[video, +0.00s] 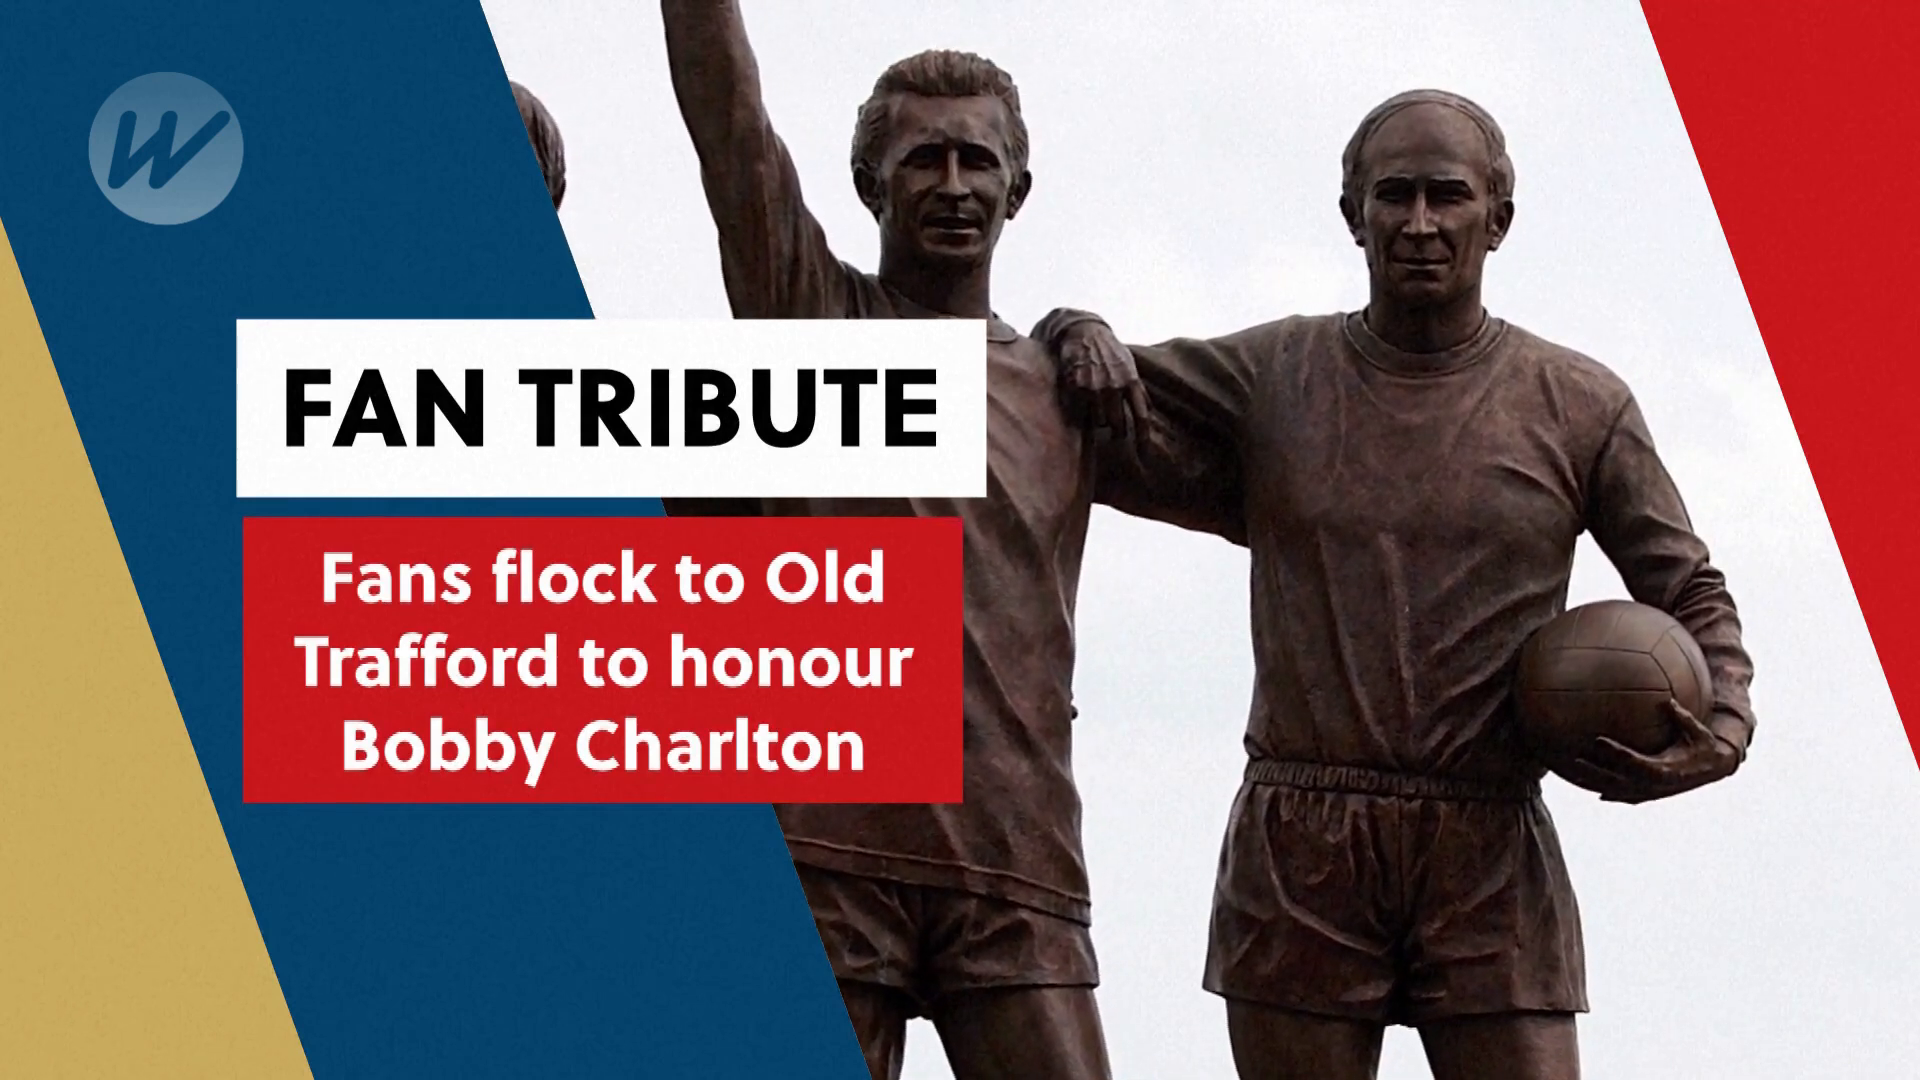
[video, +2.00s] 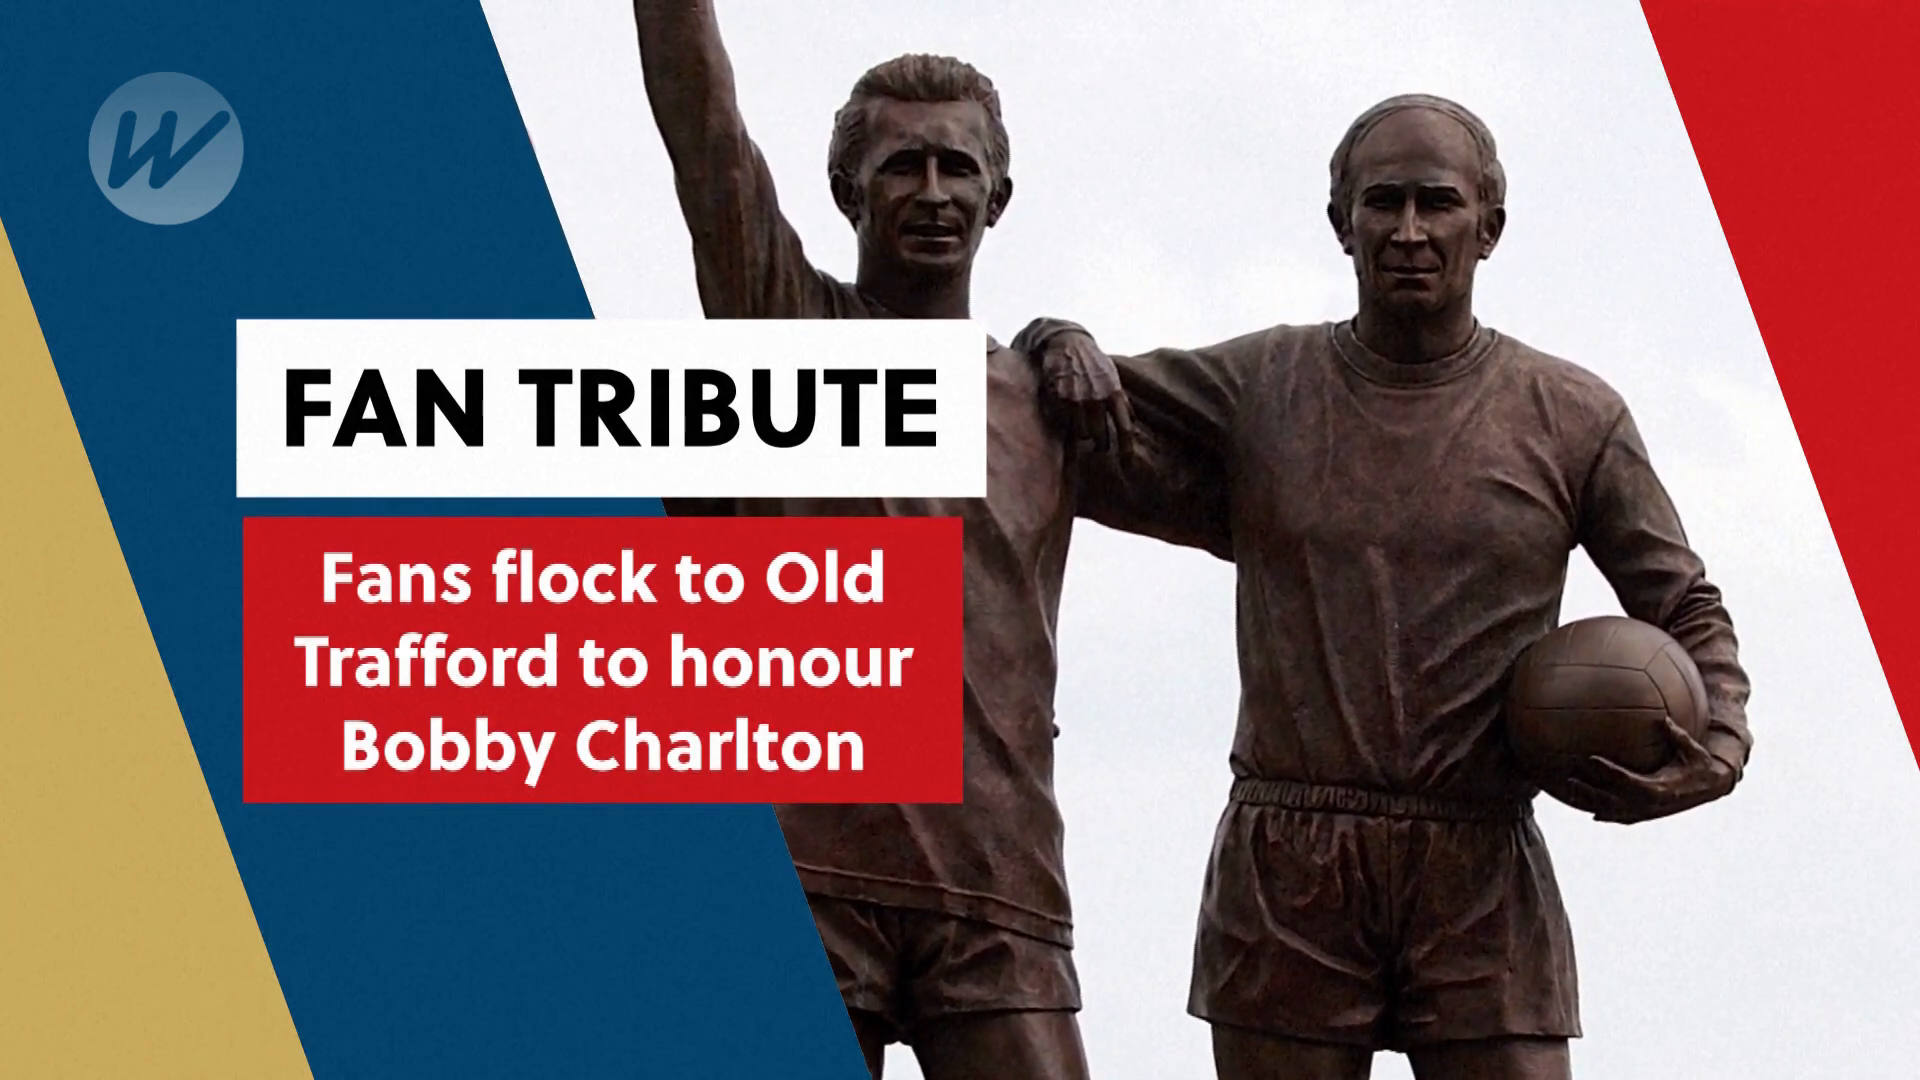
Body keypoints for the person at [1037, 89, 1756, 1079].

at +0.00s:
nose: (1419, 221)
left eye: (1447, 194)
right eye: (1392, 195)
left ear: (1500, 217)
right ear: (1352, 216)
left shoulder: (1580, 403)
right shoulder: (1271, 371)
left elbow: (1689, 592)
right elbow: (1092, 410)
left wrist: (1725, 715)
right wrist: (1074, 332)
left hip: (1490, 852)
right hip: (1298, 848)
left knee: (1534, 1065)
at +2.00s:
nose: (1408, 228)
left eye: (1437, 200)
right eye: (1381, 202)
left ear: (1491, 225)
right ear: (1341, 223)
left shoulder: (1573, 414)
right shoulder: (1260, 381)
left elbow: (1684, 608)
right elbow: (1087, 412)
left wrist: (1721, 743)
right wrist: (1055, 342)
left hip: (1480, 878)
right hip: (1284, 870)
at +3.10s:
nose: (1402, 234)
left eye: (1432, 205)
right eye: (1376, 206)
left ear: (1486, 228)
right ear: (1334, 227)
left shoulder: (1569, 419)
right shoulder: (1252, 387)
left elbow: (1681, 614)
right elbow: (1081, 442)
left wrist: (1718, 752)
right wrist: (1047, 352)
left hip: (1477, 890)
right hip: (1276, 885)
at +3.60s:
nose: (1400, 235)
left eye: (1430, 205)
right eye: (1372, 208)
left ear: (1484, 228)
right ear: (1332, 229)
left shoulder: (1566, 422)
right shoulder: (1249, 389)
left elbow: (1678, 616)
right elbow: (1079, 446)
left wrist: (1719, 753)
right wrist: (1043, 354)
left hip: (1473, 894)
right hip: (1272, 889)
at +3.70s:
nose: (1400, 234)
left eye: (1429, 206)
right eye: (1372, 208)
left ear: (1484, 228)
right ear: (1332, 229)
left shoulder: (1566, 422)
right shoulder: (1249, 389)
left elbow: (1678, 615)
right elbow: (1081, 445)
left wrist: (1720, 752)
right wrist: (1043, 355)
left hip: (1472, 893)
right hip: (1272, 888)